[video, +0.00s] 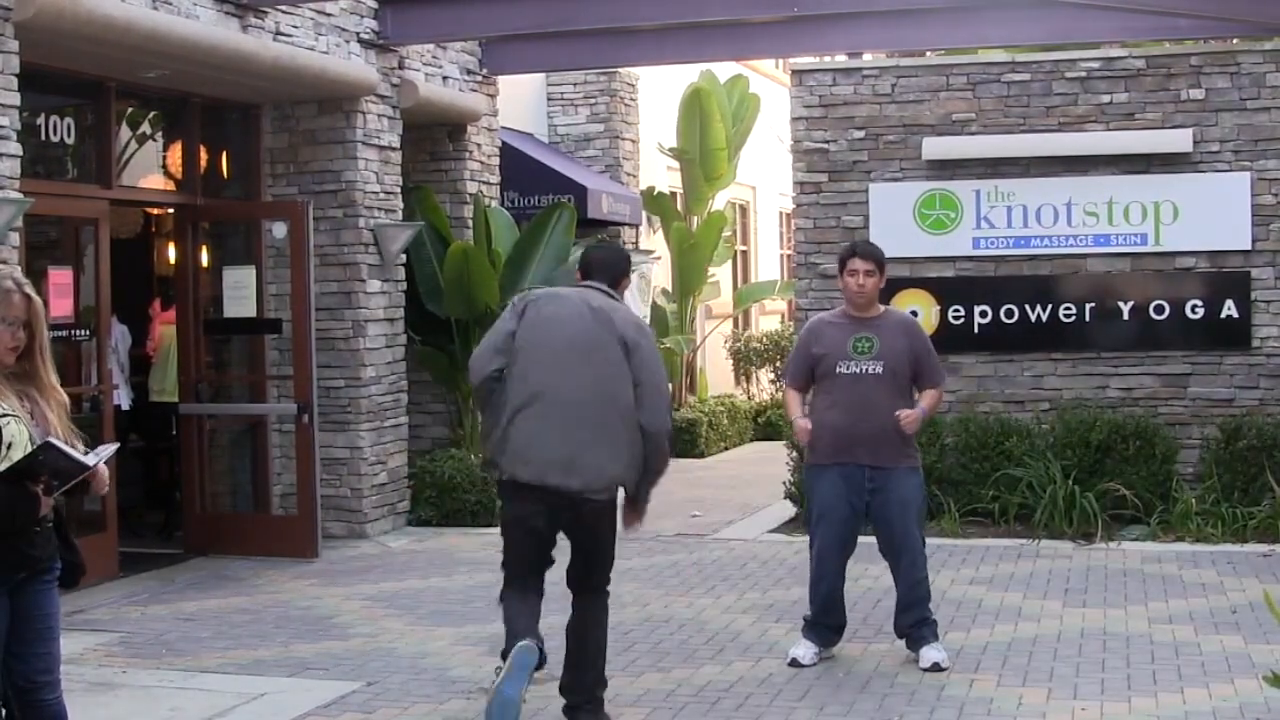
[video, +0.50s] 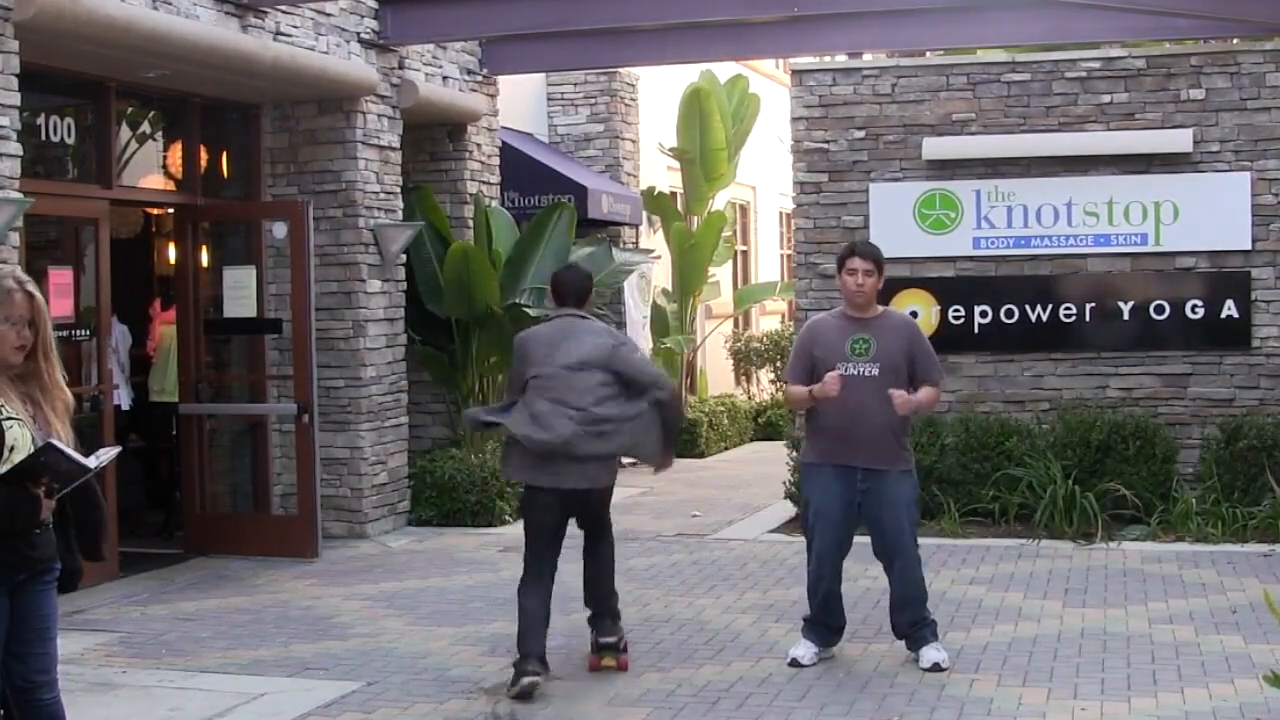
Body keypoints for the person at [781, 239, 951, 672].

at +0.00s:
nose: (859, 281)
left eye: (867, 274)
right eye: (851, 274)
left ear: (881, 279)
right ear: (840, 279)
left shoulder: (906, 327)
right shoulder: (817, 329)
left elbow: (933, 387)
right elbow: (793, 385)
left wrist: (920, 411)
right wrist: (798, 417)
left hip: (896, 463)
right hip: (831, 463)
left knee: (908, 552)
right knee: (826, 553)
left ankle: (923, 638)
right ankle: (818, 636)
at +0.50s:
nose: (858, 280)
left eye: (866, 273)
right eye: (850, 273)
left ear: (880, 280)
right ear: (838, 279)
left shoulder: (904, 329)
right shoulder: (815, 330)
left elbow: (932, 389)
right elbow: (791, 394)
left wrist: (914, 401)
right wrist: (814, 392)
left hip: (890, 464)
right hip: (826, 463)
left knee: (902, 550)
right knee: (823, 553)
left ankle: (922, 637)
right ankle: (819, 634)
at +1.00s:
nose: (862, 280)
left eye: (870, 273)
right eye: (854, 272)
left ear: (883, 279)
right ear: (841, 279)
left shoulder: (909, 326)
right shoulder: (818, 331)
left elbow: (940, 384)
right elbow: (795, 384)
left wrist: (920, 381)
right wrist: (798, 416)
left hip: (903, 463)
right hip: (837, 465)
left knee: (913, 553)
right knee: (833, 554)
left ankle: (922, 637)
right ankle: (819, 635)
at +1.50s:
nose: (855, 280)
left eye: (863, 273)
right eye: (847, 272)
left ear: (877, 279)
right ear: (836, 279)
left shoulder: (901, 329)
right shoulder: (813, 329)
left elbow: (929, 392)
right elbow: (789, 391)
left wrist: (906, 392)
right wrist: (812, 404)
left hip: (891, 465)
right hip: (827, 464)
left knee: (904, 553)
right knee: (822, 554)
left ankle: (922, 637)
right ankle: (818, 634)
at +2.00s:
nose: (856, 281)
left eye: (864, 274)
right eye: (848, 273)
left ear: (878, 281)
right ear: (836, 280)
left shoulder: (902, 329)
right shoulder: (815, 332)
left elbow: (930, 387)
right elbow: (787, 398)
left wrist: (920, 417)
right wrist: (807, 378)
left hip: (897, 463)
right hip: (831, 465)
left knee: (909, 554)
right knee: (829, 554)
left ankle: (922, 638)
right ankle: (819, 635)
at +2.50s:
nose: (861, 281)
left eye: (869, 274)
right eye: (853, 274)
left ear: (882, 282)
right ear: (840, 282)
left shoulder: (904, 331)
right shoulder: (815, 332)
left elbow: (930, 396)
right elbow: (786, 384)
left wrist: (909, 385)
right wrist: (790, 417)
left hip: (891, 465)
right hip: (826, 465)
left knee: (904, 552)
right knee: (824, 555)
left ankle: (922, 638)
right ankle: (819, 635)